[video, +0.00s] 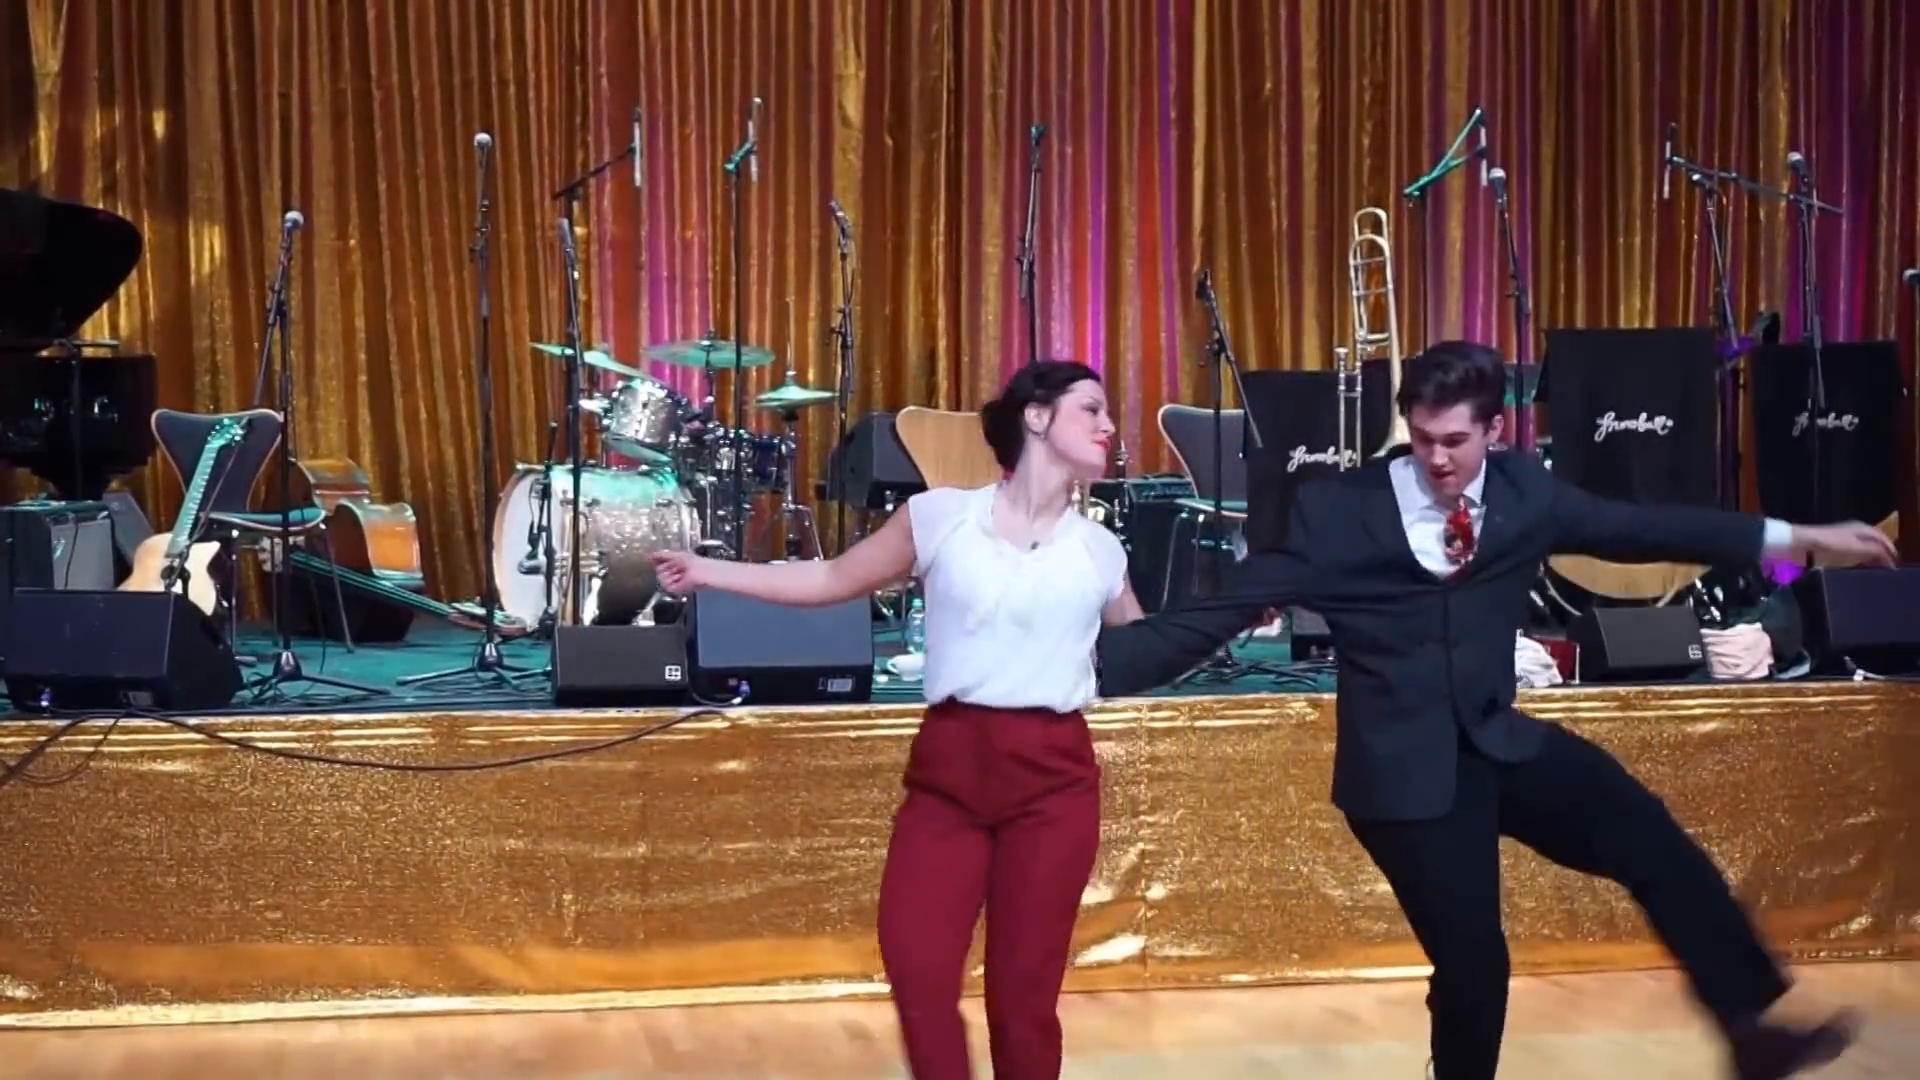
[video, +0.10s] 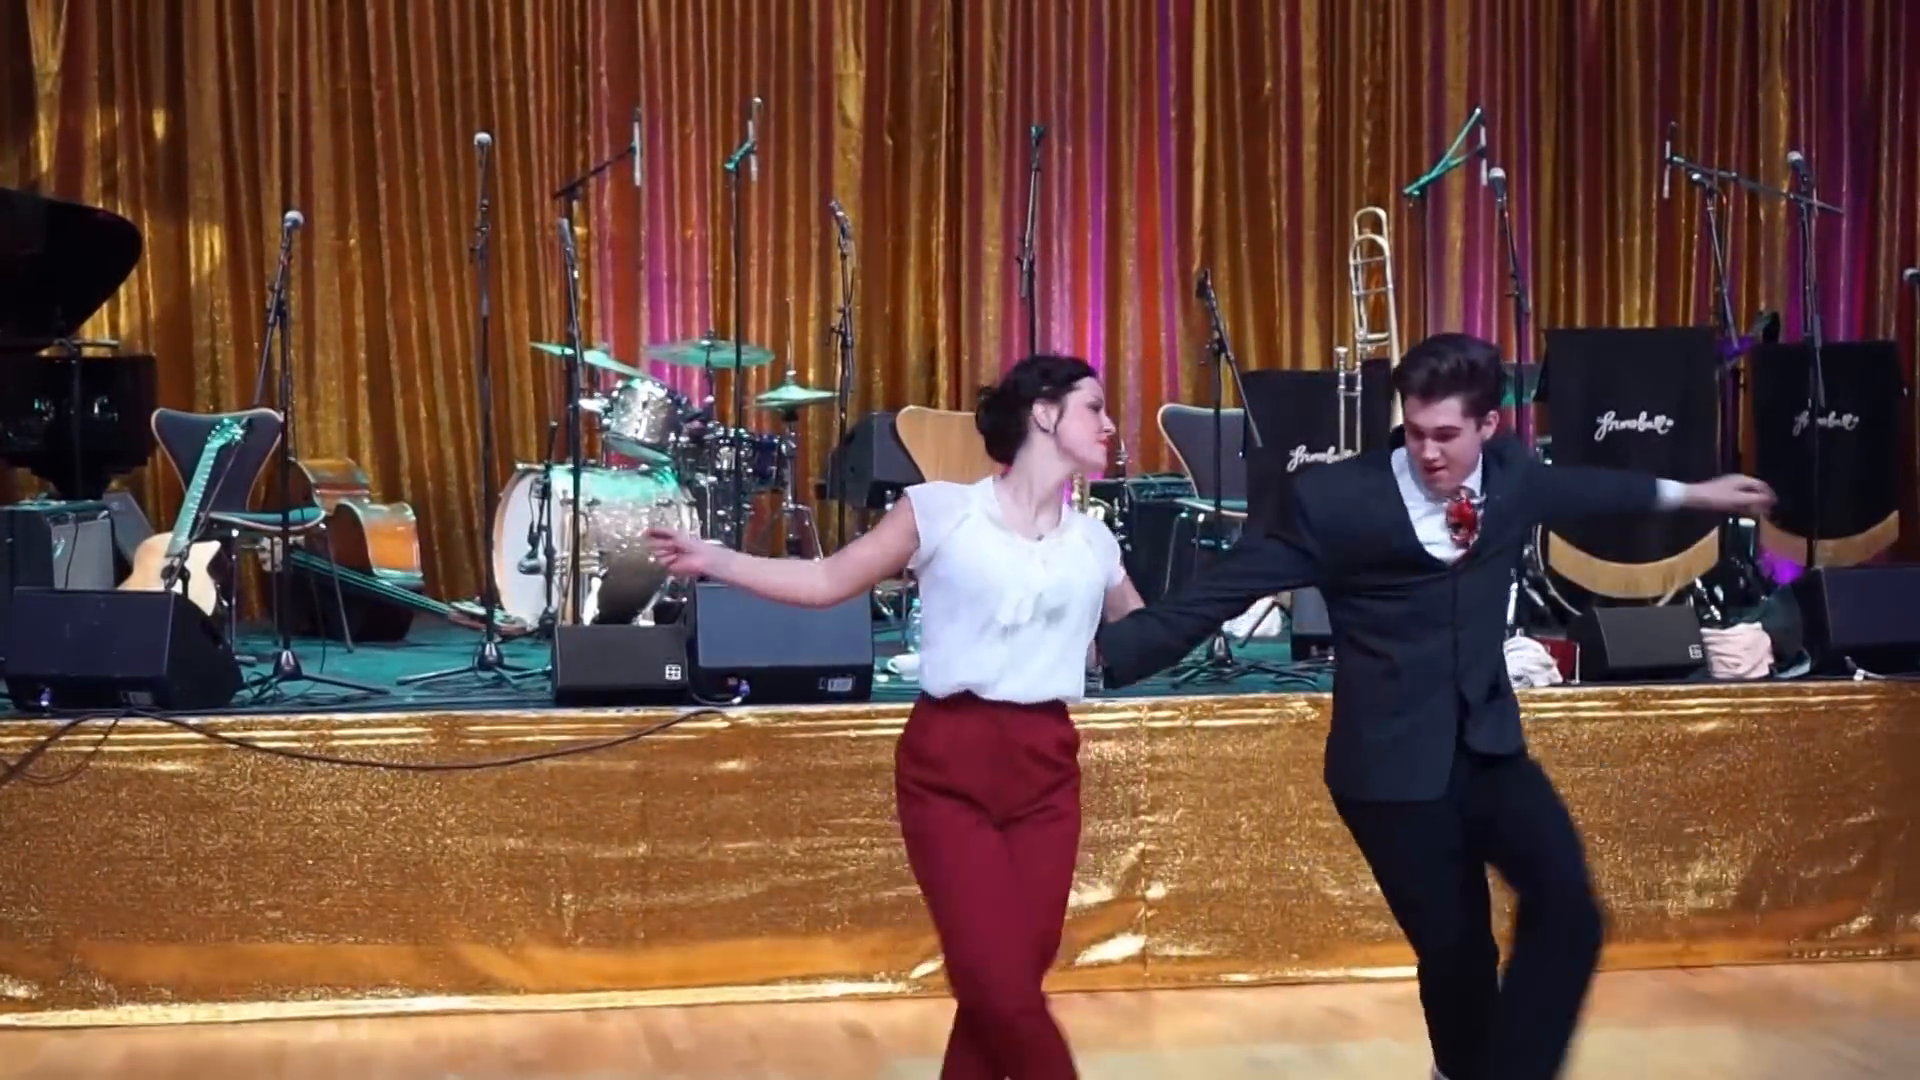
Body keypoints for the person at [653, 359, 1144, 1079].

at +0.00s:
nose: (1110, 428)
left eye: (1108, 414)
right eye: (1093, 410)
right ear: (1037, 418)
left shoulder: (1102, 553)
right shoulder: (936, 517)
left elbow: (1148, 663)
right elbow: (827, 579)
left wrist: (1232, 615)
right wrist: (705, 571)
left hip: (1055, 788)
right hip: (945, 783)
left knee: (1022, 1005)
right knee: (919, 984)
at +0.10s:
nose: (1110, 425)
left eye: (1106, 410)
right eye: (1095, 408)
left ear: (1057, 417)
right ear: (1043, 414)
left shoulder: (1095, 541)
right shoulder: (936, 509)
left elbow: (1148, 648)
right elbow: (824, 581)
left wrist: (1232, 589)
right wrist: (714, 560)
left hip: (1047, 774)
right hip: (944, 771)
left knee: (1004, 996)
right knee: (1005, 997)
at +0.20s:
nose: (1098, 442)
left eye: (1093, 428)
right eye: (1084, 428)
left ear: (1049, 441)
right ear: (1036, 438)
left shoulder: (1079, 562)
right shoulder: (938, 540)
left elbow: (1146, 661)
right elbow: (848, 633)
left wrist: (1239, 602)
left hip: (1038, 804)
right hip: (952, 802)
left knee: (1000, 1017)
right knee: (1056, 1015)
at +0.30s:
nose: (1088, 453)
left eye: (1084, 438)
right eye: (1077, 438)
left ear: (1037, 451)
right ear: (1035, 450)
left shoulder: (1039, 564)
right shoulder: (969, 553)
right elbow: (946, 672)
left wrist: (1088, 617)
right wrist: (1062, 637)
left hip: (1014, 810)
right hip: (965, 815)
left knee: (1000, 1016)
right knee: (1078, 1010)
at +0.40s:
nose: (1079, 439)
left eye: (1076, 424)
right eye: (1070, 424)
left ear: (1000, 442)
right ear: (1033, 437)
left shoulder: (947, 548)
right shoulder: (1042, 546)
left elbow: (936, 659)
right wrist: (1136, 651)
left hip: (922, 794)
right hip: (1000, 806)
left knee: (973, 1006)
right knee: (1072, 999)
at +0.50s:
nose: (1059, 424)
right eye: (1057, 414)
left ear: (966, 430)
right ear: (1050, 428)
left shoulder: (915, 530)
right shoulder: (1097, 537)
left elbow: (859, 654)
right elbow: (1123, 677)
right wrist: (1058, 659)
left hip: (946, 753)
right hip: (1049, 757)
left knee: (943, 1005)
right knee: (1055, 996)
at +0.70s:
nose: (988, 427)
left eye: (1009, 417)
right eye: (973, 411)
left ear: (1025, 442)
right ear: (944, 427)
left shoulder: (1025, 536)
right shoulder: (950, 536)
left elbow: (1038, 675)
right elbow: (969, 670)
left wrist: (910, 659)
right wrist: (909, 718)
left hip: (1019, 801)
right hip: (964, 793)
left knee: (937, 1024)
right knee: (994, 1010)